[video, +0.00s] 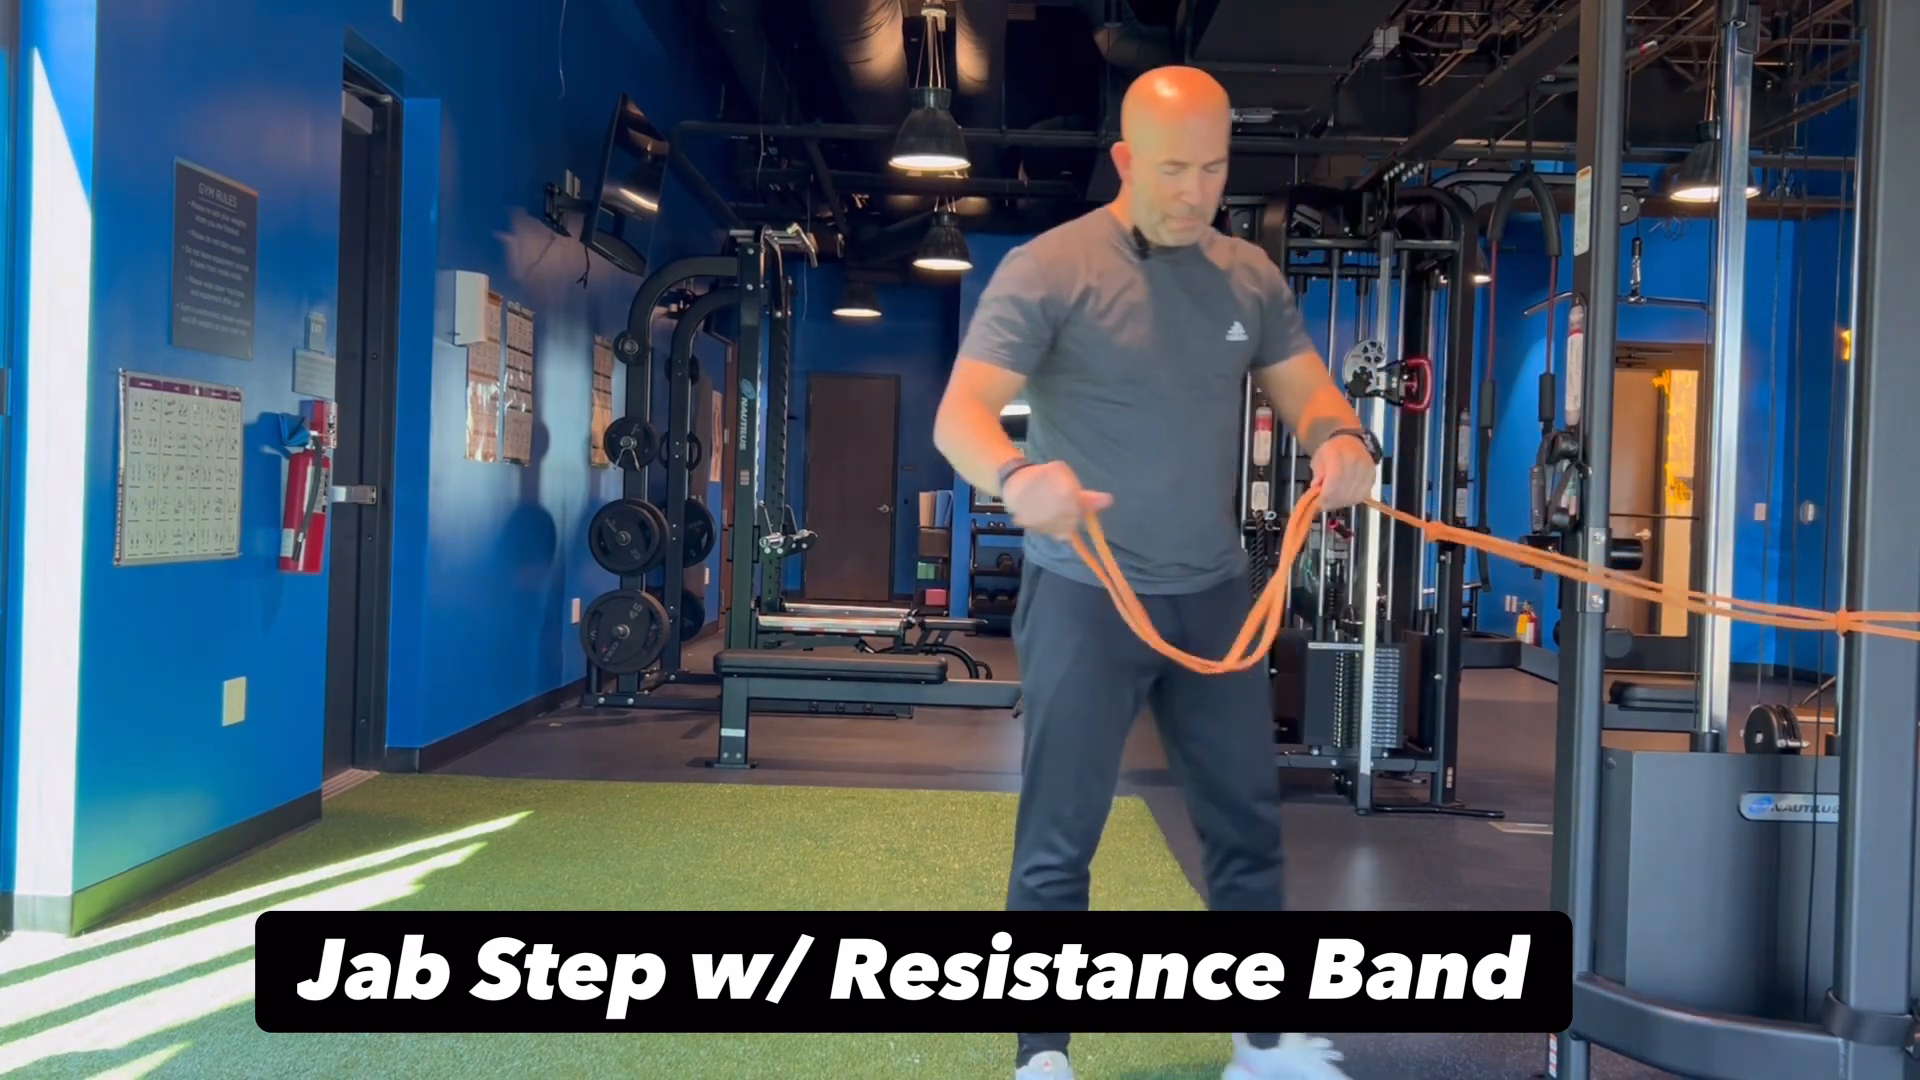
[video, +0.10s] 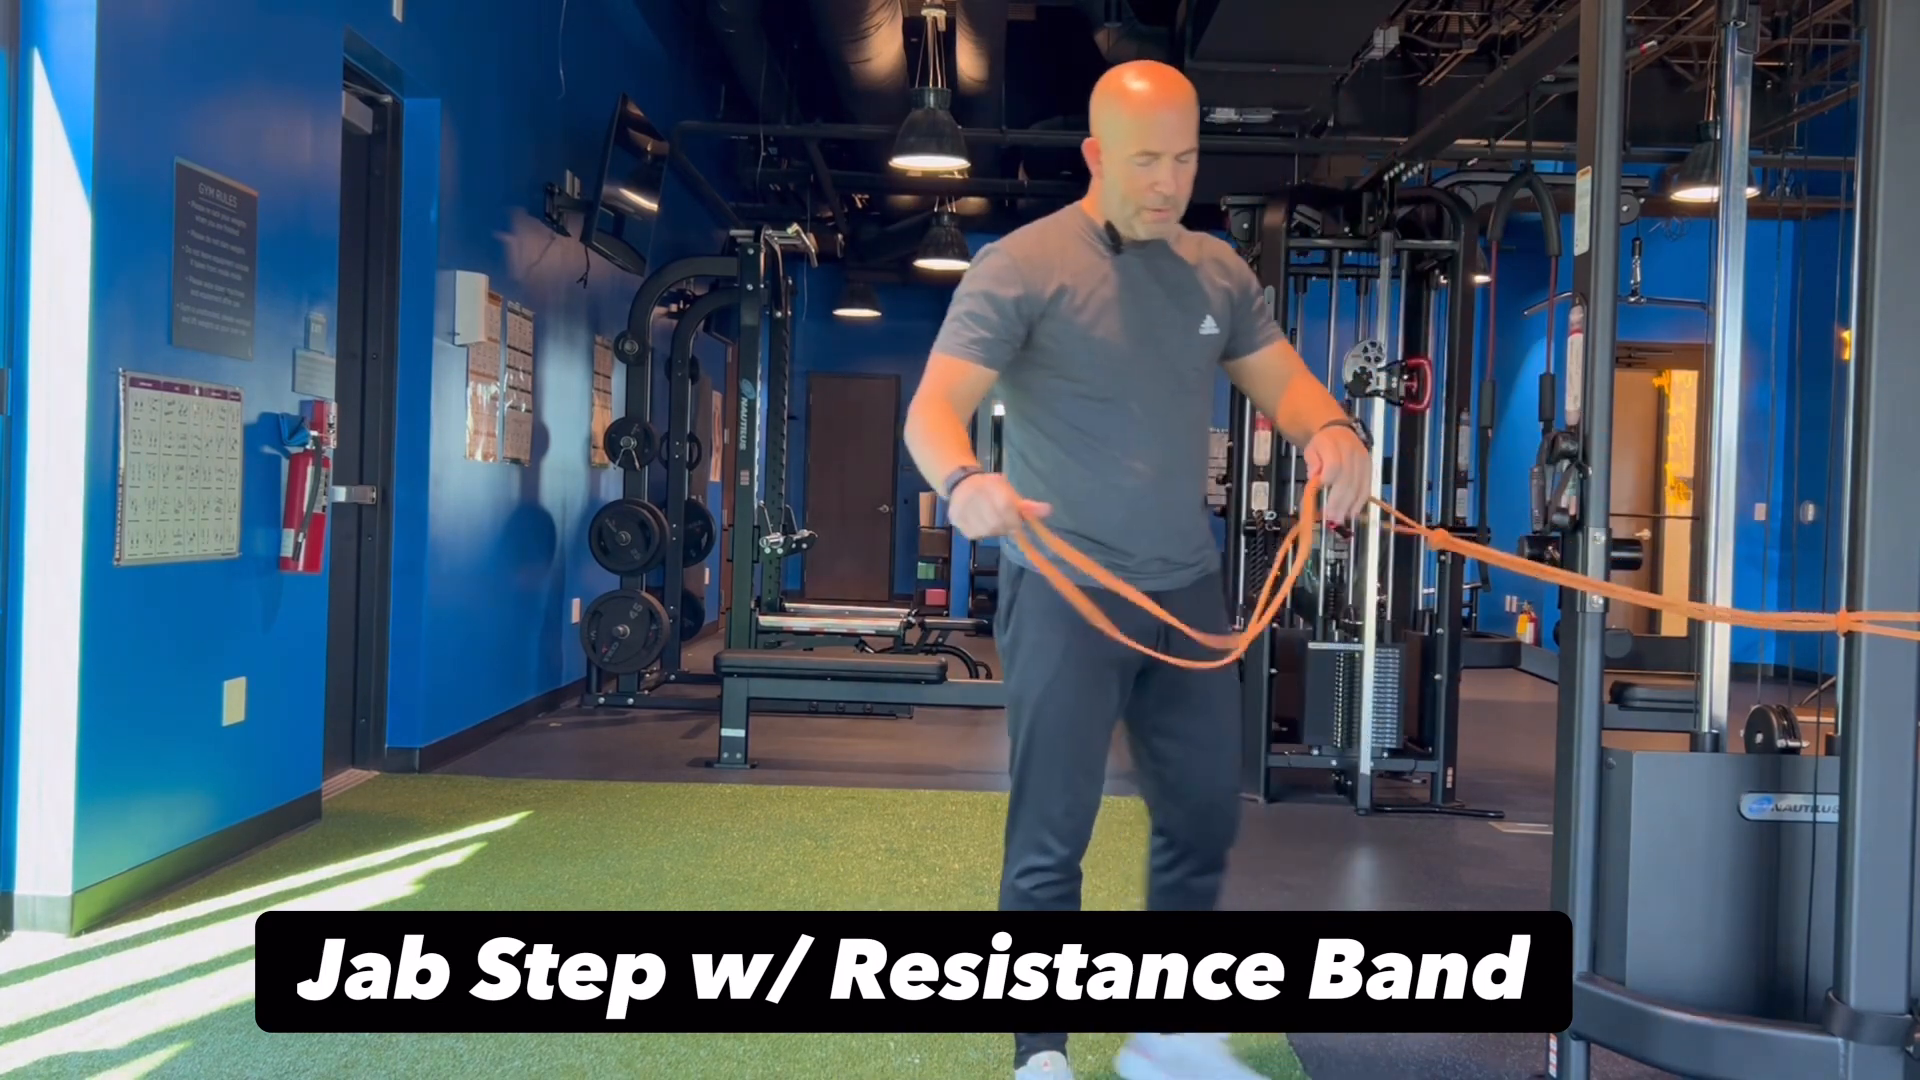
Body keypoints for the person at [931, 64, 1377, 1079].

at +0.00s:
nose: (1199, 194)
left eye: (1215, 170)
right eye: (1176, 172)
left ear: (1231, 161)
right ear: (1124, 163)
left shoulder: (1249, 275)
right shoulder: (1048, 270)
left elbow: (1311, 400)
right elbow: (960, 415)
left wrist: (1342, 441)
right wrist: (1014, 477)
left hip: (1217, 596)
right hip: (1084, 595)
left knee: (1248, 827)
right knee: (1060, 839)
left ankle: (1267, 1035)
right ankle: (1041, 1047)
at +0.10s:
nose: (1171, 183)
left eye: (1185, 158)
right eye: (1148, 161)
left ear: (1199, 155)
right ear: (1094, 156)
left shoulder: (1219, 273)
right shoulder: (1022, 268)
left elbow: (1286, 386)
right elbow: (932, 407)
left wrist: (1334, 431)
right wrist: (960, 479)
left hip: (1192, 589)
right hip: (1065, 584)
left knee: (1204, 819)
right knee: (1050, 837)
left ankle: (1166, 1028)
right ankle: (1041, 1045)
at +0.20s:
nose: (1148, 173)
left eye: (1161, 150)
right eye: (1125, 153)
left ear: (1172, 150)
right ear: (1069, 152)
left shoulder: (1191, 269)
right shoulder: (1002, 263)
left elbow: (1267, 382)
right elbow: (912, 403)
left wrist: (1323, 418)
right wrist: (927, 478)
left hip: (1165, 582)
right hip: (1050, 574)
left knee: (1158, 808)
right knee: (1044, 826)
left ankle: (1075, 1006)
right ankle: (1033, 1042)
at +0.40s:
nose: (1114, 167)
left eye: (1124, 146)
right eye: (1091, 148)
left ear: (1134, 151)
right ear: (1034, 154)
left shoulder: (1149, 274)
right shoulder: (974, 261)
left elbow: (1236, 389)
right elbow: (875, 397)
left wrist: (1266, 386)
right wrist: (901, 460)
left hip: (1120, 579)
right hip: (1017, 570)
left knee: (1078, 819)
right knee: (1032, 826)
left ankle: (965, 1020)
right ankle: (1020, 1044)